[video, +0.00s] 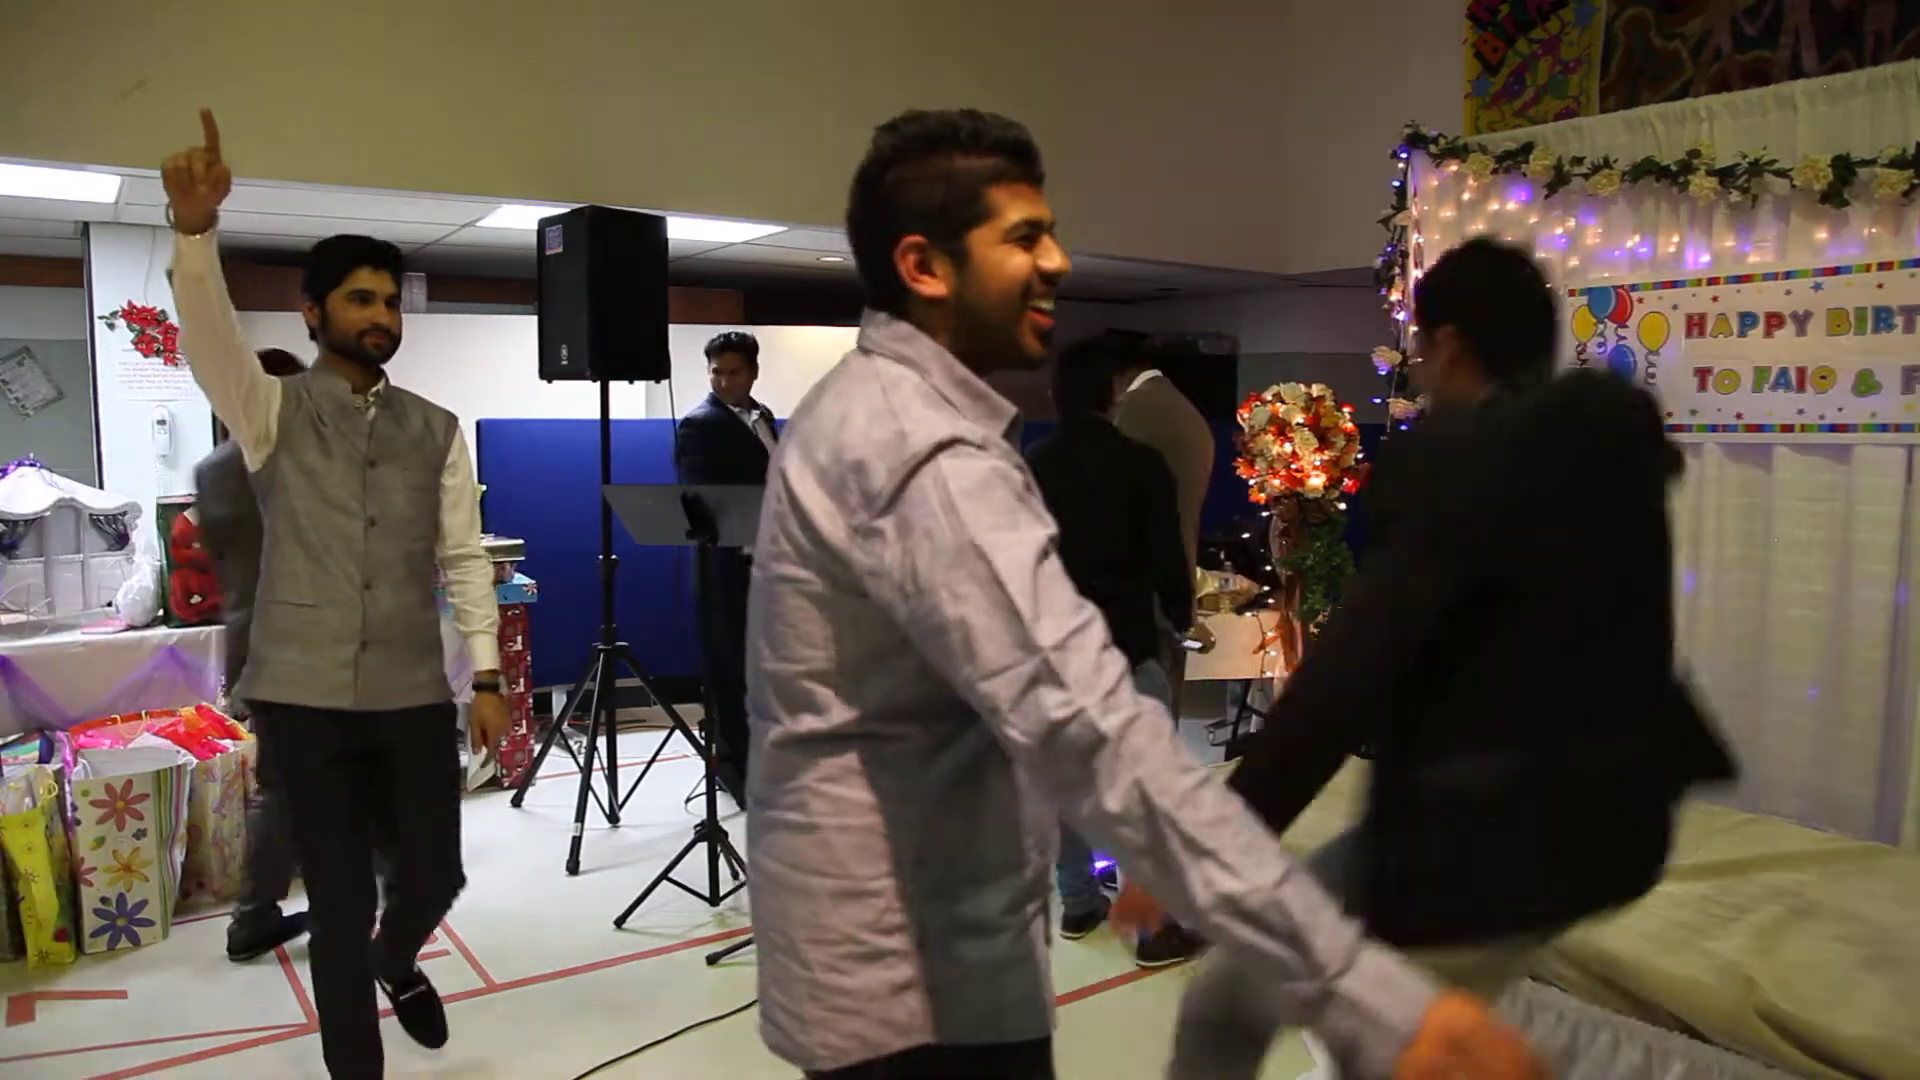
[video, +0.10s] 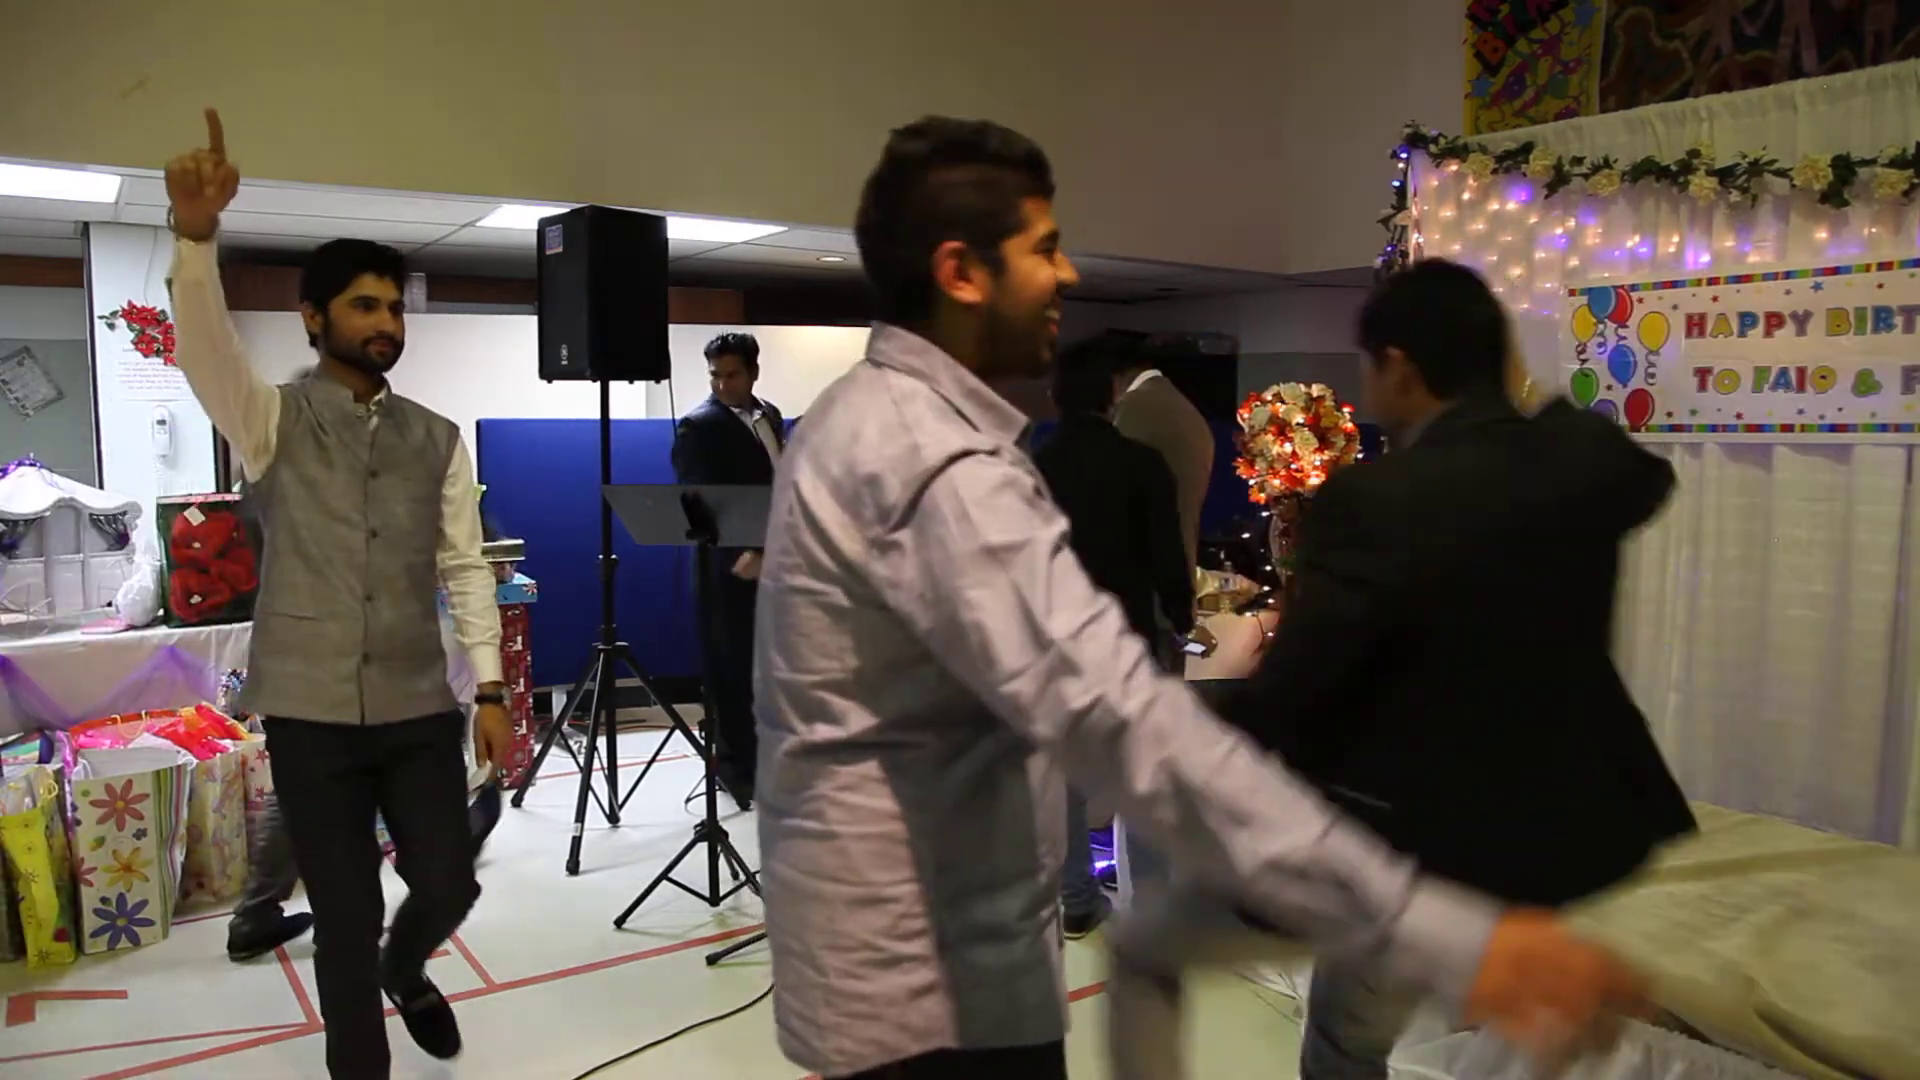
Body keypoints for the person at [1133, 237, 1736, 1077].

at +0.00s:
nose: (1413, 368)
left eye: (1419, 344)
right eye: (1416, 344)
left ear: (1451, 347)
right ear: (1540, 339)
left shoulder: (1448, 465)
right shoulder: (1613, 437)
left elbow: (1339, 688)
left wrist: (1199, 858)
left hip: (1466, 844)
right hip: (1608, 826)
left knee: (1226, 1001)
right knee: (1378, 1021)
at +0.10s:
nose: (1365, 388)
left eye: (1368, 366)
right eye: (1366, 367)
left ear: (1398, 368)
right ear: (1500, 356)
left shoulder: (1366, 502)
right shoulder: (1573, 456)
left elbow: (1292, 698)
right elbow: (1648, 481)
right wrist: (1539, 406)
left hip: (1420, 835)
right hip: (1582, 817)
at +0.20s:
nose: (1318, 364)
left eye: (1317, 343)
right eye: (1314, 345)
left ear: (1349, 333)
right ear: (1436, 318)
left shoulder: (1317, 462)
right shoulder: (1514, 416)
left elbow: (1218, 595)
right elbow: (1587, 393)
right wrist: (1524, 299)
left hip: (1365, 778)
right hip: (1528, 763)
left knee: (1324, 1024)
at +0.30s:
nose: (1258, 342)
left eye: (1261, 322)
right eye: (1257, 323)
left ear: (1291, 324)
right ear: (1382, 302)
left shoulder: (1234, 408)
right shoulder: (1452, 376)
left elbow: (1140, 515)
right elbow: (1526, 327)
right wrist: (1520, 240)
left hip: (1242, 775)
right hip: (1388, 780)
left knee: (1069, 774)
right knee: (1263, 1030)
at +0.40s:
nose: (1206, 352)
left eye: (1208, 337)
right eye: (1210, 337)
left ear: (1227, 338)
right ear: (1323, 319)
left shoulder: (1177, 409)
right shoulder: (1394, 389)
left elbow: (1124, 603)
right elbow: (1452, 326)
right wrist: (1491, 256)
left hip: (1221, 753)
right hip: (1363, 755)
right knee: (1252, 1032)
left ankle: (1159, 919)